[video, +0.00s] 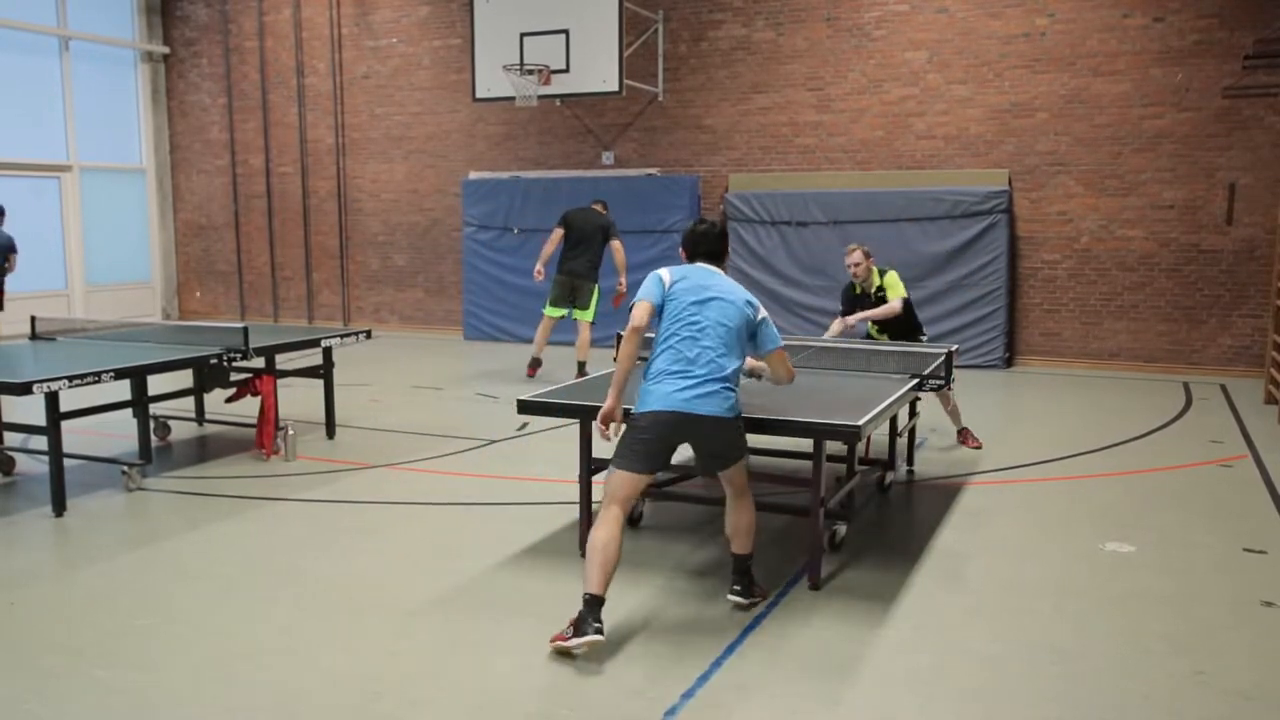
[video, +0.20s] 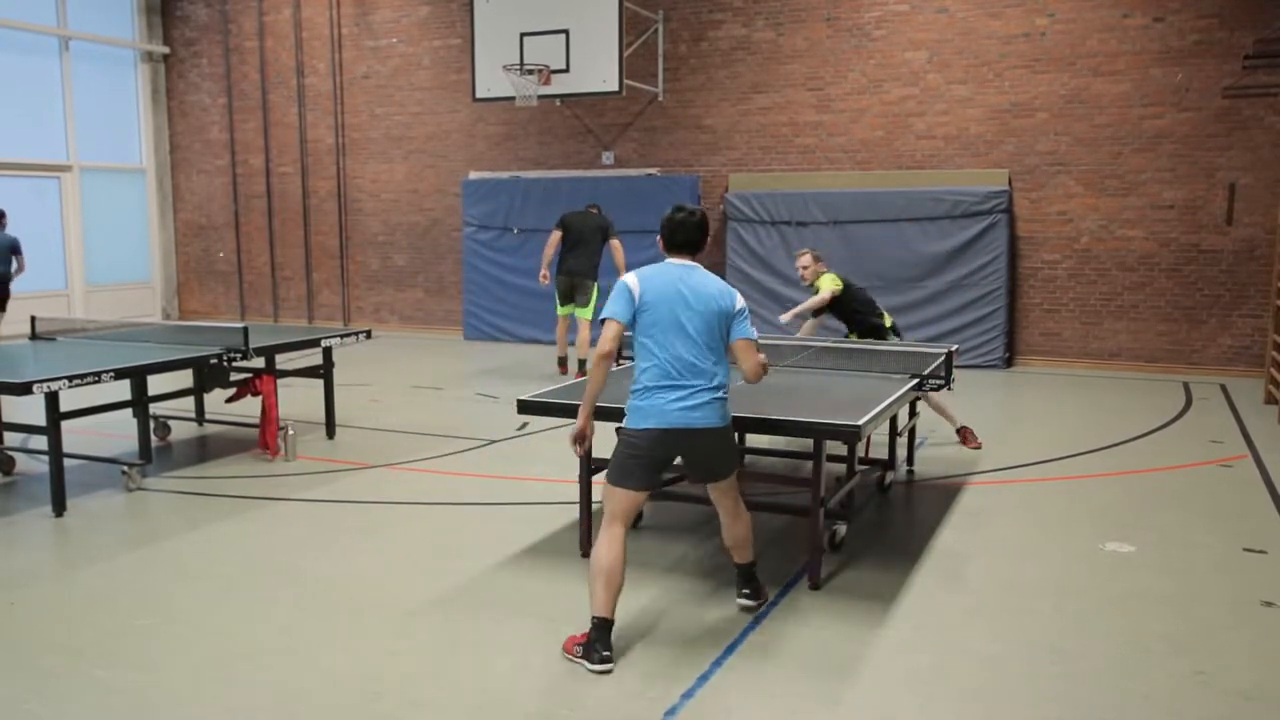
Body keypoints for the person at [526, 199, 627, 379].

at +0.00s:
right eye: (605, 213)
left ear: (590, 206)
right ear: (604, 211)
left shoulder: (570, 214)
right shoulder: (607, 222)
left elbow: (554, 238)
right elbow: (617, 247)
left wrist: (541, 262)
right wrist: (622, 276)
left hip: (563, 275)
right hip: (587, 280)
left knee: (548, 319)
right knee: (584, 324)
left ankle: (535, 358)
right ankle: (581, 370)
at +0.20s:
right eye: (598, 213)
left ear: (585, 210)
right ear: (599, 213)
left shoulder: (567, 218)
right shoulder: (605, 223)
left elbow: (552, 242)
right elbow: (616, 247)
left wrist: (544, 266)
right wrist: (622, 272)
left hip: (563, 274)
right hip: (587, 277)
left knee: (563, 319)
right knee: (584, 323)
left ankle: (562, 362)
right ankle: (581, 369)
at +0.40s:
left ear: (578, 216)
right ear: (593, 216)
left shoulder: (562, 225)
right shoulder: (594, 221)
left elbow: (547, 249)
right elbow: (604, 240)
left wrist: (546, 278)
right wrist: (615, 264)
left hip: (564, 277)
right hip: (586, 275)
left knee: (569, 319)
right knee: (588, 318)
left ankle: (570, 361)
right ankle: (585, 355)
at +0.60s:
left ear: (574, 212)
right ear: (589, 210)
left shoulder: (559, 223)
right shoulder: (589, 212)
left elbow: (547, 249)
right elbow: (599, 232)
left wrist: (550, 276)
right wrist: (610, 257)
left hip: (565, 271)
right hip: (587, 269)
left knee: (569, 317)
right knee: (600, 307)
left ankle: (570, 359)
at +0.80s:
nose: (596, 213)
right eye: (595, 209)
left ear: (577, 207)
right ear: (591, 207)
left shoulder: (562, 219)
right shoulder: (592, 213)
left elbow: (549, 245)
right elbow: (601, 231)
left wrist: (553, 272)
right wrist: (612, 257)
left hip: (568, 273)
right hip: (590, 269)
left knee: (570, 318)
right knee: (606, 305)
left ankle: (570, 360)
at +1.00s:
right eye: (597, 209)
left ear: (582, 207)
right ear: (597, 208)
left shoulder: (567, 219)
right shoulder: (601, 217)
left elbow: (554, 244)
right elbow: (610, 238)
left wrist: (555, 270)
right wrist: (618, 264)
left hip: (573, 274)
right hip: (596, 273)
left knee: (572, 317)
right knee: (605, 314)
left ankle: (570, 359)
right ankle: (613, 353)